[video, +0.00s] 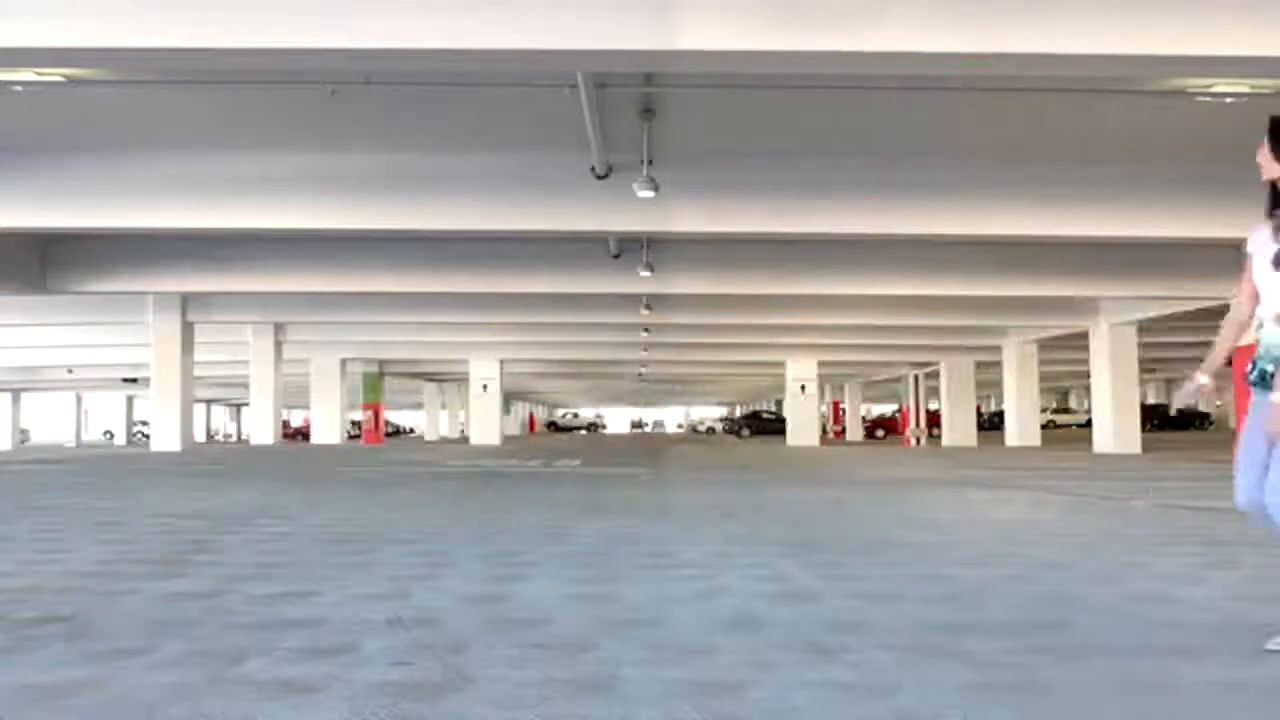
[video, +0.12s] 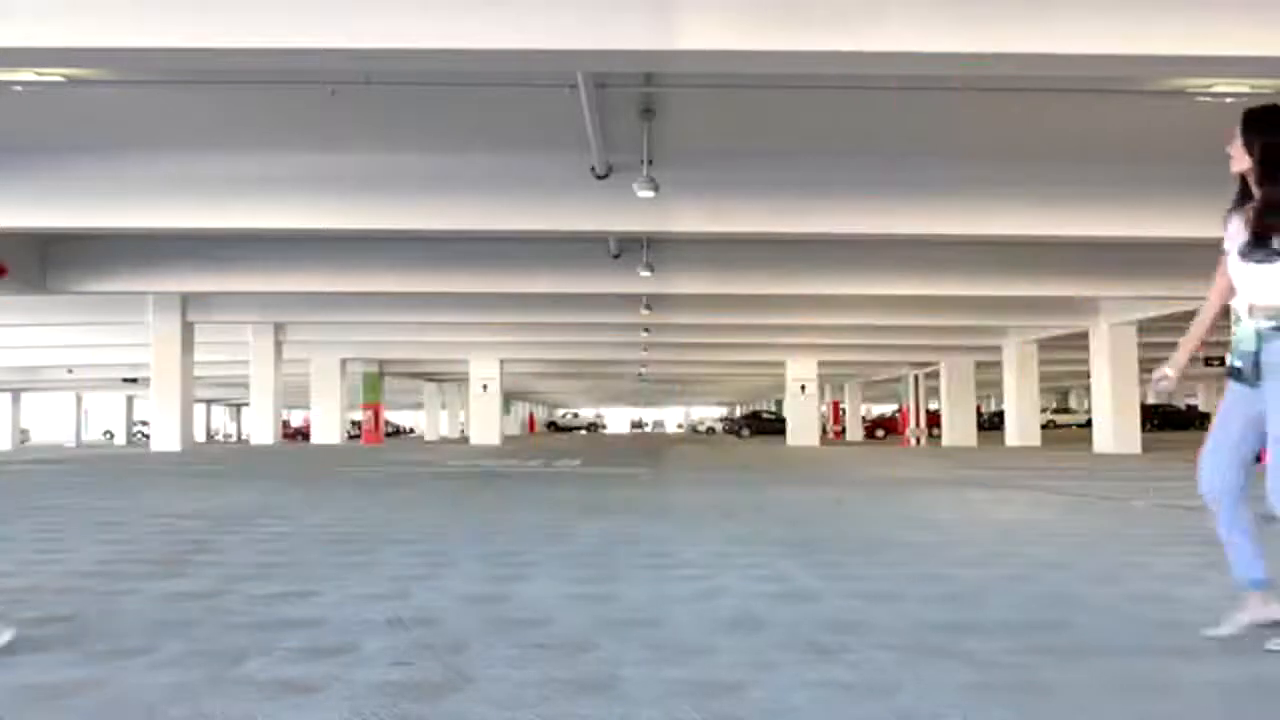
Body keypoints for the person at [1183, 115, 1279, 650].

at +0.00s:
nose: (1260, 158)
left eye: (1266, 149)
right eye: (1262, 148)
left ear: (1277, 159)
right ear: (1268, 160)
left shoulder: (1266, 238)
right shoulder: (1262, 237)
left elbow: (1244, 311)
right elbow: (1242, 310)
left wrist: (1272, 402)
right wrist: (1209, 369)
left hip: (1276, 379)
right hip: (1263, 379)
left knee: (1268, 494)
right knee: (1253, 493)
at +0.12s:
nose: (1230, 147)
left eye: (1238, 139)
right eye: (1234, 139)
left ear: (1261, 148)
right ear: (1256, 150)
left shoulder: (1272, 216)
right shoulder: (1240, 219)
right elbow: (1218, 298)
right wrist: (1179, 358)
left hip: (1276, 366)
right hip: (1248, 366)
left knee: (1274, 491)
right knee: (1218, 476)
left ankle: (1265, 601)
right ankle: (1257, 592)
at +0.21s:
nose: (1213, 154)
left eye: (1223, 146)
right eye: (1217, 145)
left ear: (1247, 154)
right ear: (1242, 154)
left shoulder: (1273, 213)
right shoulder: (1226, 218)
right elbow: (1205, 296)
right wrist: (1163, 353)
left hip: (1270, 355)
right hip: (1235, 358)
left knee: (1269, 492)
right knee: (1197, 475)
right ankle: (1216, 605)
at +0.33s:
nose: (1192, 182)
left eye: (1200, 173)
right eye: (1194, 173)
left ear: (1226, 180)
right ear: (1220, 180)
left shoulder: (1259, 236)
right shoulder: (1211, 241)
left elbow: (1275, 287)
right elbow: (1189, 311)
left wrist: (1230, 332)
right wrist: (1149, 354)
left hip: (1251, 380)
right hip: (1213, 383)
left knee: (1245, 512)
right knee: (1161, 494)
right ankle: (1206, 618)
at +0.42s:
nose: (1178, 193)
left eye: (1186, 185)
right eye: (1180, 184)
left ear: (1210, 191)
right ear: (1213, 192)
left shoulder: (1243, 242)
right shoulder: (1204, 249)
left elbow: (1267, 299)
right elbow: (1180, 319)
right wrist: (1144, 359)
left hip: (1228, 388)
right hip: (1194, 390)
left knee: (1227, 522)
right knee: (1145, 500)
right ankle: (1205, 618)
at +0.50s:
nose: (1162, 187)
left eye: (1170, 179)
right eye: (1164, 178)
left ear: (1193, 185)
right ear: (1199, 186)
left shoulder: (1224, 236)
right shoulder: (1190, 243)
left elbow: (1237, 317)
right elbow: (1166, 322)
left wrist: (1247, 391)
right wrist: (1138, 373)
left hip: (1206, 381)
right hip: (1175, 382)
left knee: (1207, 521)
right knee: (1141, 500)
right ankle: (1204, 618)